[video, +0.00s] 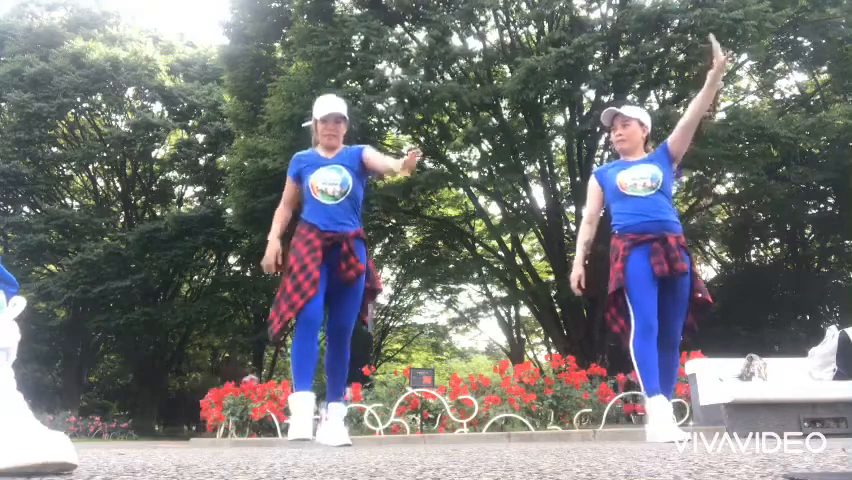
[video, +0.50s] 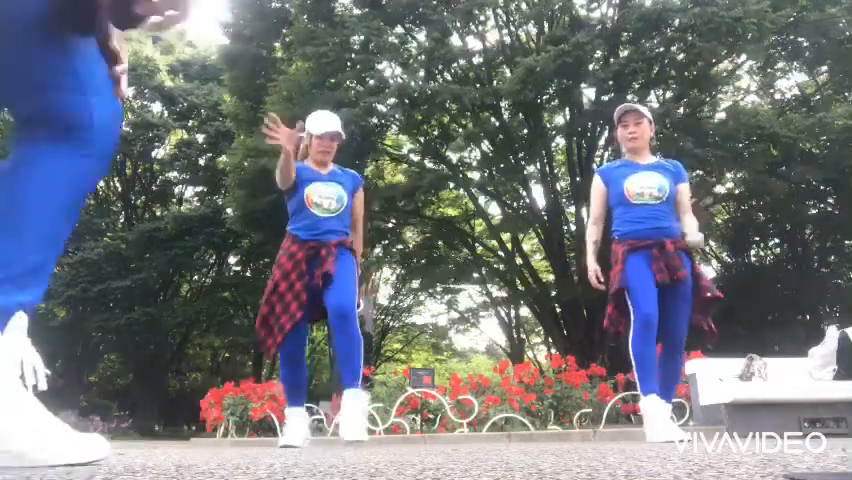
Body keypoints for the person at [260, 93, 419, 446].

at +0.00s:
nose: (332, 127)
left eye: (338, 121)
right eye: (325, 120)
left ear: (347, 126)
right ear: (313, 125)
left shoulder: (359, 154)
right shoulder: (301, 161)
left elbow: (386, 164)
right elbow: (287, 205)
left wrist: (403, 165)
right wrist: (273, 240)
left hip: (350, 249)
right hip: (310, 248)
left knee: (342, 330)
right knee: (309, 320)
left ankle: (334, 417)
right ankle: (301, 409)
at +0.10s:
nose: (331, 123)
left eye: (337, 117)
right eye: (324, 117)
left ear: (345, 121)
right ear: (313, 121)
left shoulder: (358, 151)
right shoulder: (300, 153)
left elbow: (386, 168)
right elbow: (274, 189)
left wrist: (407, 181)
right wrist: (262, 216)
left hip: (347, 246)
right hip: (308, 245)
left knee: (340, 328)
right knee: (304, 322)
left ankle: (337, 414)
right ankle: (299, 409)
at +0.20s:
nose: (329, 130)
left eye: (336, 123)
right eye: (323, 123)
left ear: (344, 127)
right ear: (311, 126)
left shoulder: (356, 158)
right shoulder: (296, 154)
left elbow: (385, 190)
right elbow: (261, 169)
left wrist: (413, 220)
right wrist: (250, 174)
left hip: (342, 250)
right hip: (302, 249)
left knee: (340, 328)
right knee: (302, 330)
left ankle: (335, 415)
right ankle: (296, 416)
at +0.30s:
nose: (325, 138)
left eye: (331, 132)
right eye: (319, 131)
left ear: (339, 135)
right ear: (307, 133)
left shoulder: (353, 170)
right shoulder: (294, 159)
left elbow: (376, 212)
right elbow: (258, 161)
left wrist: (393, 254)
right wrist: (252, 157)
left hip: (338, 253)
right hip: (298, 254)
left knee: (346, 316)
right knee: (298, 332)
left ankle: (341, 402)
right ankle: (296, 414)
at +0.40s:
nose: (326, 141)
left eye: (332, 135)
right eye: (320, 135)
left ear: (340, 139)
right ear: (308, 137)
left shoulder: (353, 175)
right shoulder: (295, 166)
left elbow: (362, 224)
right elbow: (277, 169)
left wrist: (365, 267)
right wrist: (274, 151)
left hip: (338, 253)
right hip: (297, 253)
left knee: (341, 307)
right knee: (294, 333)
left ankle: (347, 402)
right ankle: (296, 417)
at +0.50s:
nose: (327, 144)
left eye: (333, 138)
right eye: (321, 137)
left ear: (340, 143)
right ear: (308, 140)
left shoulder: (352, 180)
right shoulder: (296, 171)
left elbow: (357, 228)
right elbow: (284, 181)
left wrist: (355, 268)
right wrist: (288, 151)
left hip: (340, 253)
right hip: (299, 253)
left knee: (342, 310)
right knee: (293, 333)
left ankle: (353, 402)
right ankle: (295, 417)